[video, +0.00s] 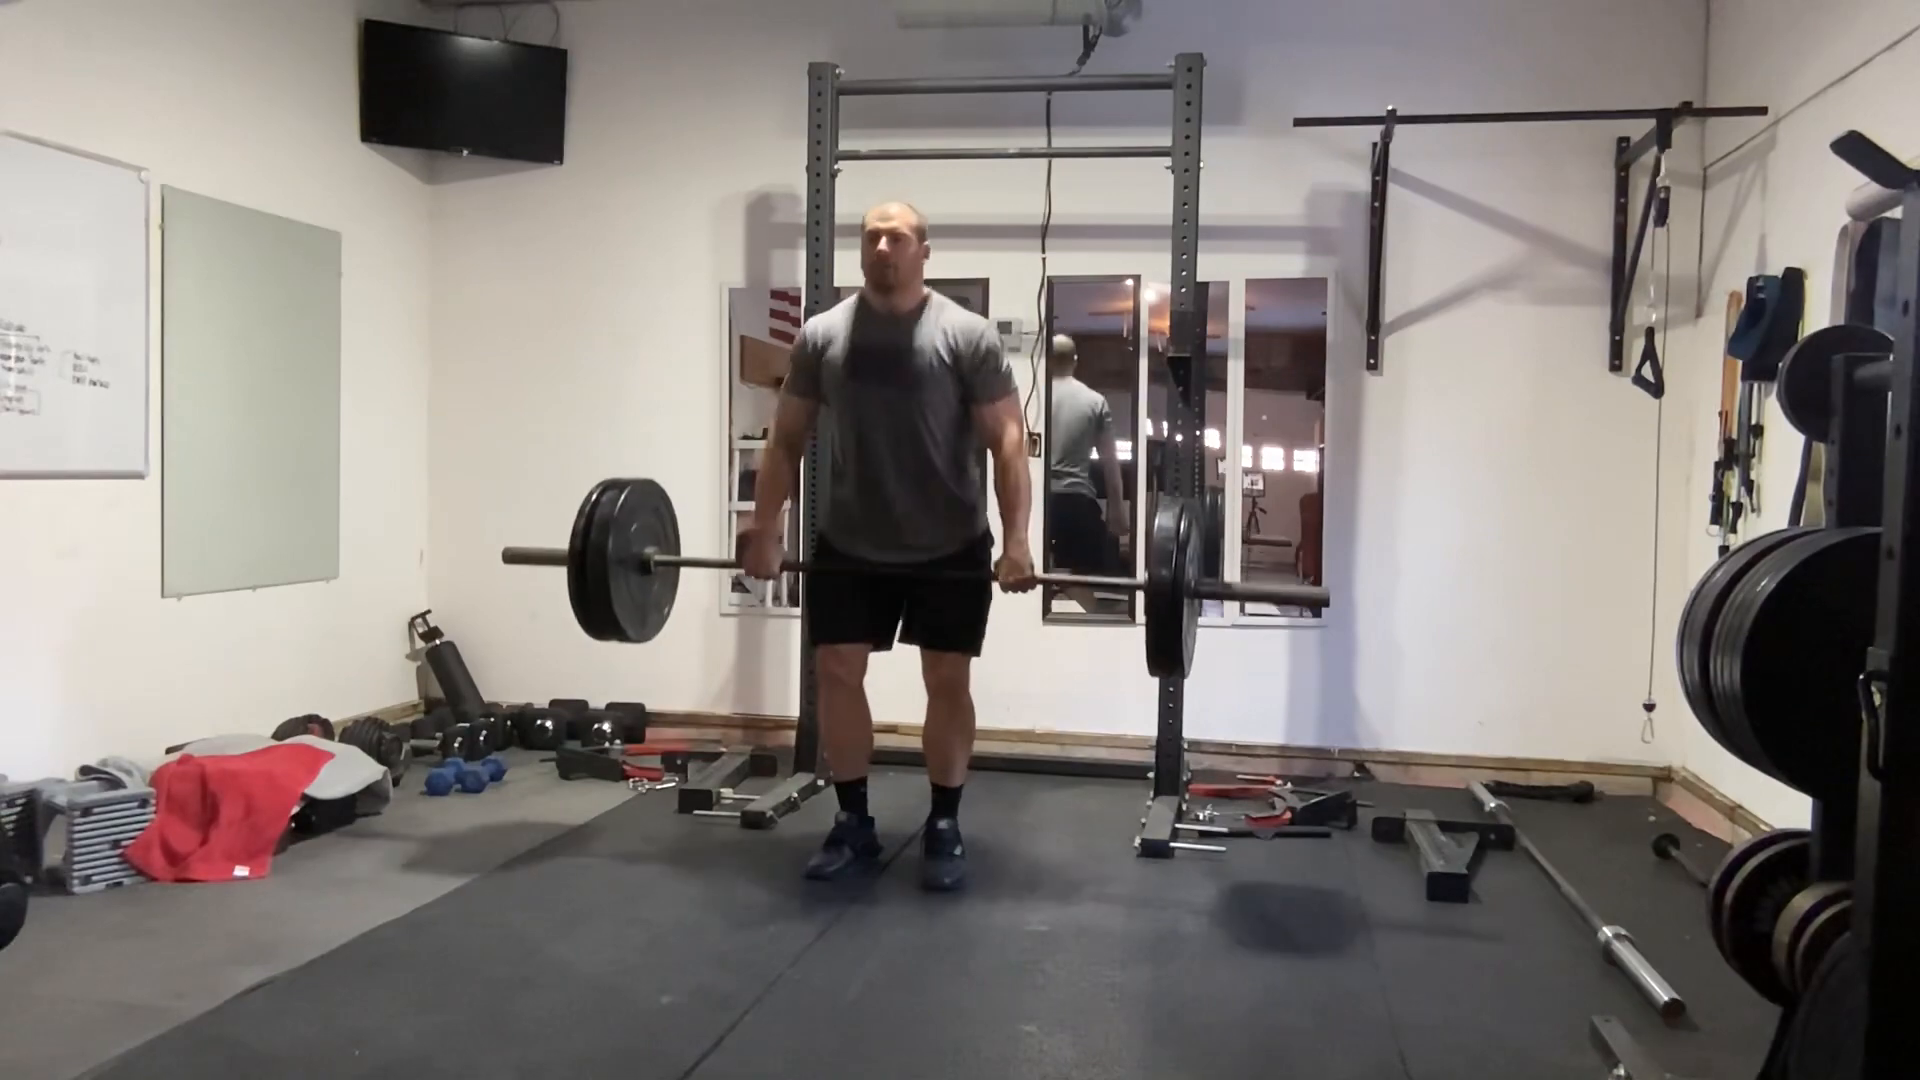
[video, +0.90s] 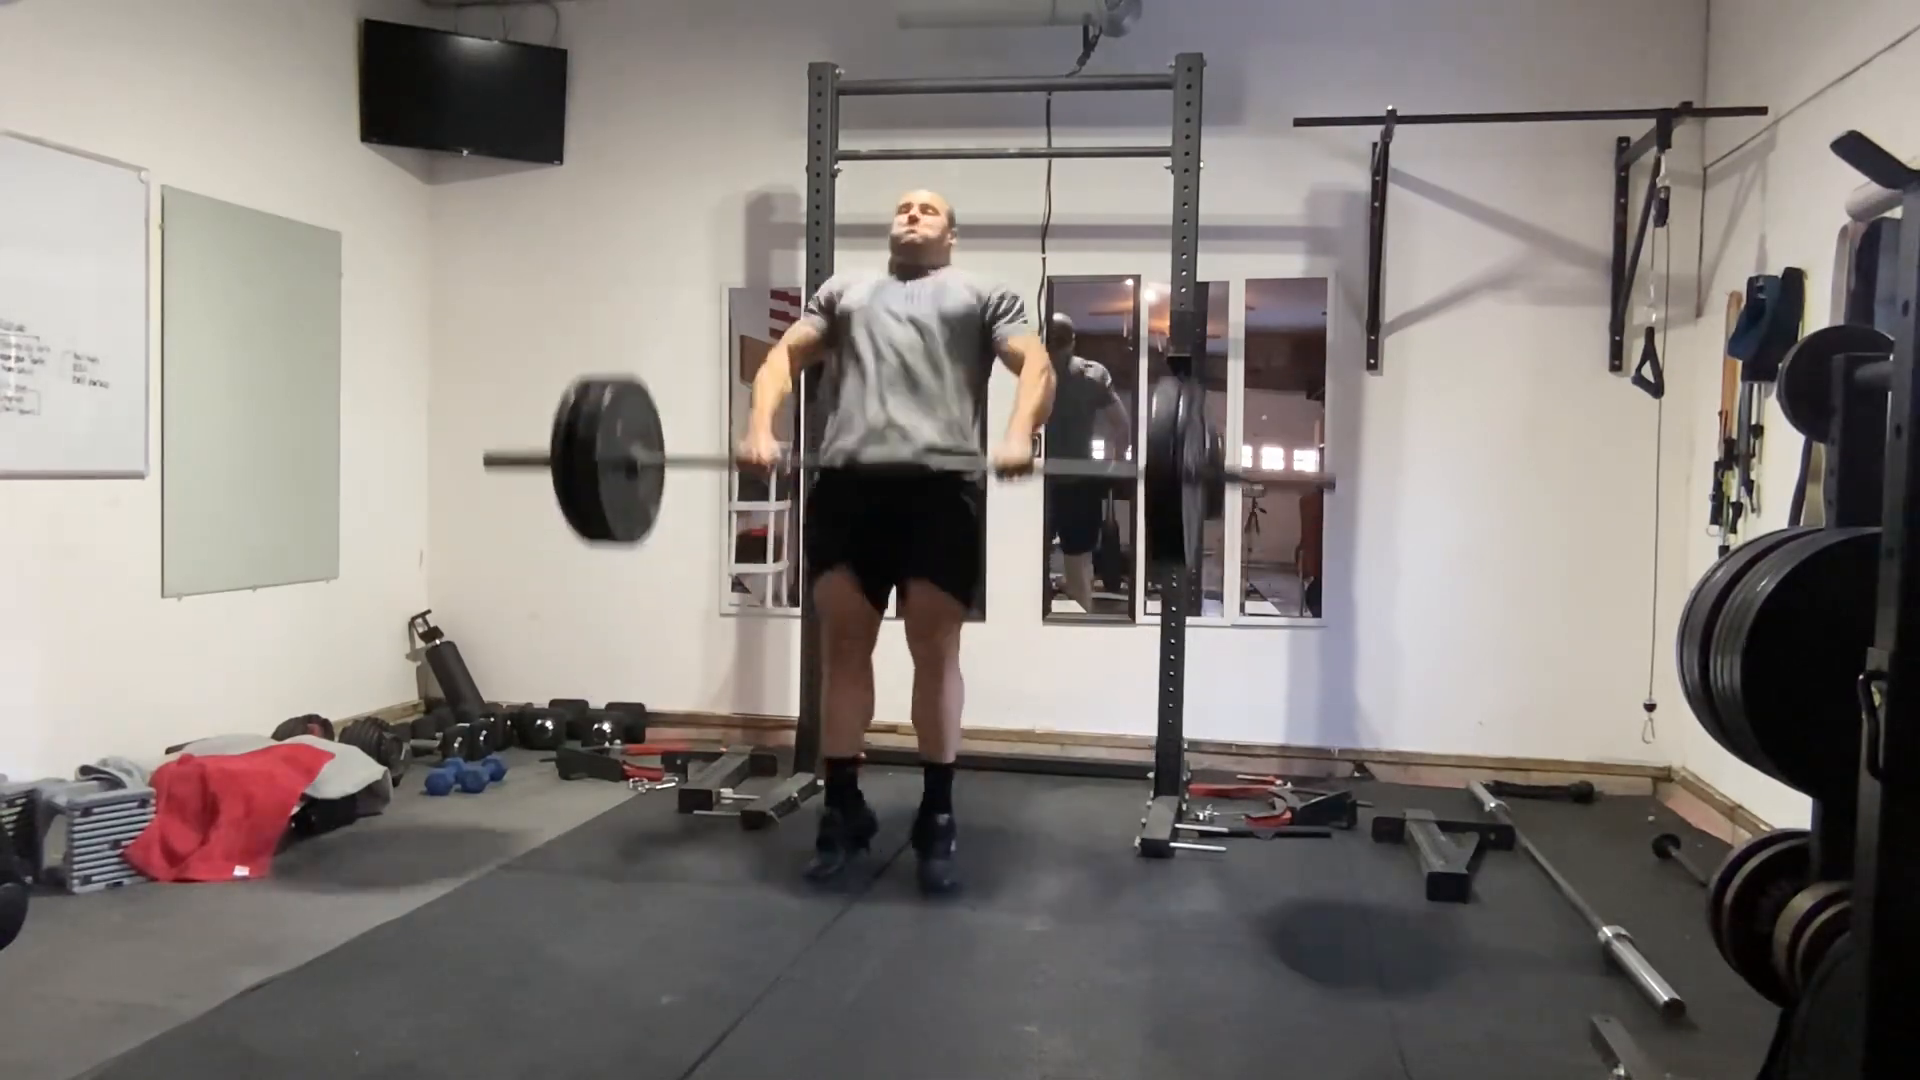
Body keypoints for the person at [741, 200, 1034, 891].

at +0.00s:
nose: (879, 248)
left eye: (893, 237)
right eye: (870, 237)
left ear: (924, 252)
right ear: (858, 252)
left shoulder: (968, 336)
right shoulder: (821, 336)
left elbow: (1007, 441)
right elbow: (786, 440)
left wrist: (1016, 540)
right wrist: (764, 529)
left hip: (946, 541)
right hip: (847, 540)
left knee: (948, 679)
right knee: (837, 671)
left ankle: (944, 827)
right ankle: (854, 827)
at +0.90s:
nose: (912, 216)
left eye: (926, 211)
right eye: (903, 211)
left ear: (950, 237)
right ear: (888, 235)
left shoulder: (979, 295)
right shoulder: (847, 292)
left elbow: (1037, 362)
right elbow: (782, 354)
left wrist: (1021, 431)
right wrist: (760, 425)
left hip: (940, 482)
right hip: (847, 480)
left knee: (934, 646)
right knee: (844, 647)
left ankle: (938, 816)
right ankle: (842, 808)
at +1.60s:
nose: (893, 254)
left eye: (908, 246)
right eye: (885, 244)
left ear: (936, 262)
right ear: (871, 258)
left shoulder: (954, 324)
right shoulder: (835, 322)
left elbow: (981, 359)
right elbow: (765, 360)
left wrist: (1007, 302)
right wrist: (770, 297)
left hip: (934, 529)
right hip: (842, 528)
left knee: (937, 684)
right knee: (824, 681)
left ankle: (934, 832)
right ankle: (857, 830)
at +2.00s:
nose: (894, 289)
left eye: (910, 281)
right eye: (884, 281)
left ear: (936, 302)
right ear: (869, 299)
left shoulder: (958, 369)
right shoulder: (831, 373)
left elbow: (998, 408)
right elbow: (762, 415)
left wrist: (1009, 341)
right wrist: (764, 343)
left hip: (943, 569)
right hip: (845, 567)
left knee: (953, 712)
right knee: (798, 699)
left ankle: (935, 833)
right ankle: (857, 831)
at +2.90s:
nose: (870, 232)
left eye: (884, 219)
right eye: (861, 220)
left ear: (916, 223)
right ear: (848, 226)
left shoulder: (958, 278)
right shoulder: (823, 282)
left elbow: (1004, 166)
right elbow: (771, 180)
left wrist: (1023, 73)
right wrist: (760, 90)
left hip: (934, 502)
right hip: (847, 503)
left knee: (931, 670)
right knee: (859, 668)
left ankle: (937, 829)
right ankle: (859, 826)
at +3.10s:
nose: (887, 227)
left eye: (902, 218)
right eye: (877, 218)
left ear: (928, 233)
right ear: (863, 233)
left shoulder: (966, 317)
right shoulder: (822, 318)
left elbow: (1000, 418)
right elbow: (783, 410)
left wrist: (1007, 517)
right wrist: (751, 503)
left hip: (936, 531)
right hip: (842, 530)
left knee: (934, 675)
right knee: (844, 672)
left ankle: (937, 828)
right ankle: (855, 828)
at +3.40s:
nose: (867, 277)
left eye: (882, 266)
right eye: (858, 266)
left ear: (911, 279)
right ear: (844, 278)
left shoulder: (960, 366)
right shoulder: (808, 367)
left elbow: (999, 475)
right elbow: (778, 465)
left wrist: (1011, 576)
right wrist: (759, 564)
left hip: (948, 541)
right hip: (850, 541)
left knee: (953, 681)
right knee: (833, 670)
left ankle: (940, 827)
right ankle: (855, 828)